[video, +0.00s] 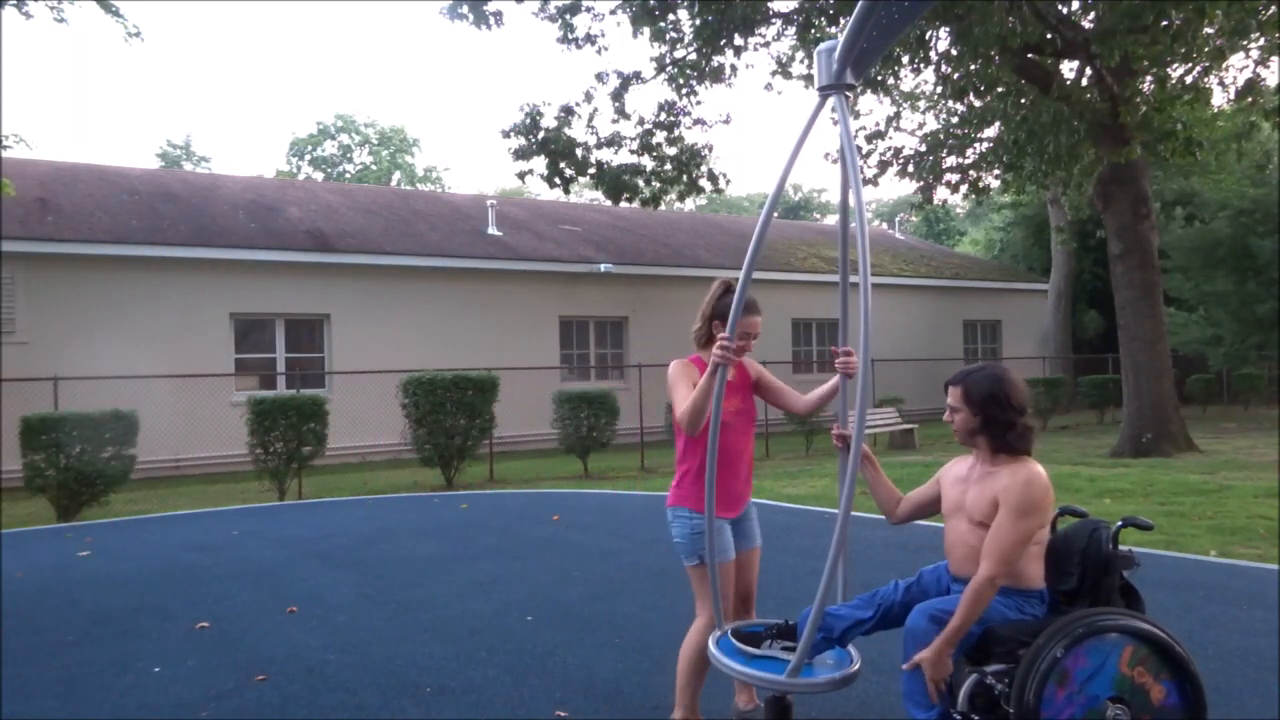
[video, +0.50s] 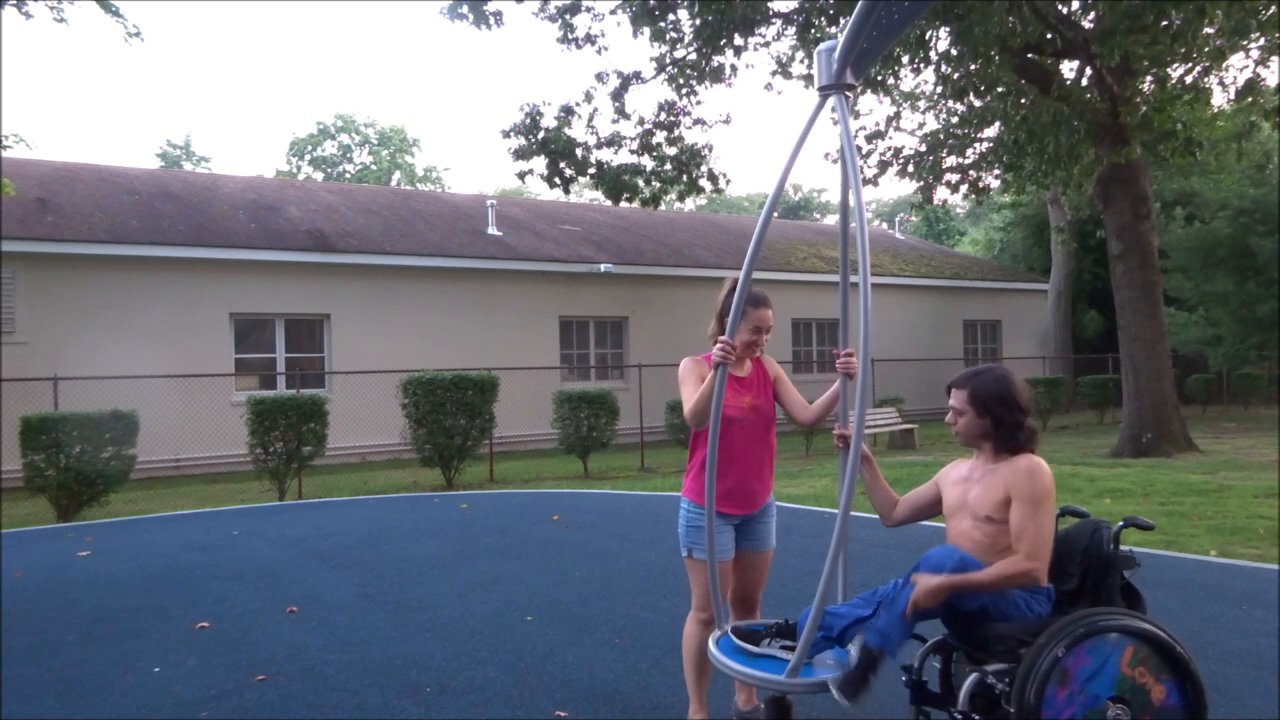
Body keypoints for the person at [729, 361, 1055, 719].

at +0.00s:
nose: (947, 418)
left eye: (955, 410)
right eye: (948, 409)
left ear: (987, 414)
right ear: (973, 415)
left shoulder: (1026, 480)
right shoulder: (957, 469)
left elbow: (992, 574)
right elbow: (898, 511)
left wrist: (944, 647)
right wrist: (863, 456)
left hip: (1014, 601)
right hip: (957, 582)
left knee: (924, 620)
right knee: (887, 599)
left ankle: (928, 712)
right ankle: (795, 636)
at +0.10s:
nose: (948, 415)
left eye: (956, 407)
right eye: (950, 406)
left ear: (988, 412)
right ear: (976, 413)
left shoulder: (1025, 479)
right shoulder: (959, 469)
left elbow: (988, 573)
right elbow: (898, 511)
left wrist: (941, 646)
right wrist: (863, 457)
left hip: (1013, 600)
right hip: (957, 582)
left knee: (922, 622)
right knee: (887, 598)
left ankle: (927, 712)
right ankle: (795, 635)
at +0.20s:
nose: (951, 411)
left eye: (959, 403)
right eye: (953, 402)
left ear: (990, 410)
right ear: (979, 411)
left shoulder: (1026, 477)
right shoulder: (960, 470)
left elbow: (993, 572)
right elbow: (897, 511)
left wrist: (937, 639)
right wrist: (862, 456)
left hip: (1012, 600)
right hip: (957, 581)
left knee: (919, 620)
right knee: (887, 598)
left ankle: (923, 711)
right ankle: (795, 635)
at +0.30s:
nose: (952, 410)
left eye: (961, 403)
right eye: (955, 401)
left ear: (991, 411)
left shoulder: (1026, 476)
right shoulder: (959, 471)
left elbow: (1008, 573)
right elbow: (896, 512)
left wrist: (937, 621)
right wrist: (863, 457)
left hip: (1012, 598)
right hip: (956, 584)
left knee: (919, 605)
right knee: (891, 595)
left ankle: (912, 710)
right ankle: (796, 634)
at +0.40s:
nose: (951, 413)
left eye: (960, 406)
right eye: (954, 404)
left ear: (991, 413)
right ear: (978, 414)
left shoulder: (1028, 474)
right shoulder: (956, 471)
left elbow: (1023, 569)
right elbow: (894, 513)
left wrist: (942, 603)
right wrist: (864, 460)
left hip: (1016, 601)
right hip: (961, 591)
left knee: (933, 574)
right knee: (894, 594)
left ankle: (888, 693)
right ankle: (798, 632)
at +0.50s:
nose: (949, 419)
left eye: (957, 412)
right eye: (950, 411)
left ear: (991, 416)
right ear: (976, 415)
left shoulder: (1029, 471)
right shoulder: (955, 472)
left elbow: (1032, 567)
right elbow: (893, 513)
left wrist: (947, 585)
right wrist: (863, 458)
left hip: (1019, 602)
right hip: (965, 592)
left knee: (944, 558)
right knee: (894, 593)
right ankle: (794, 636)